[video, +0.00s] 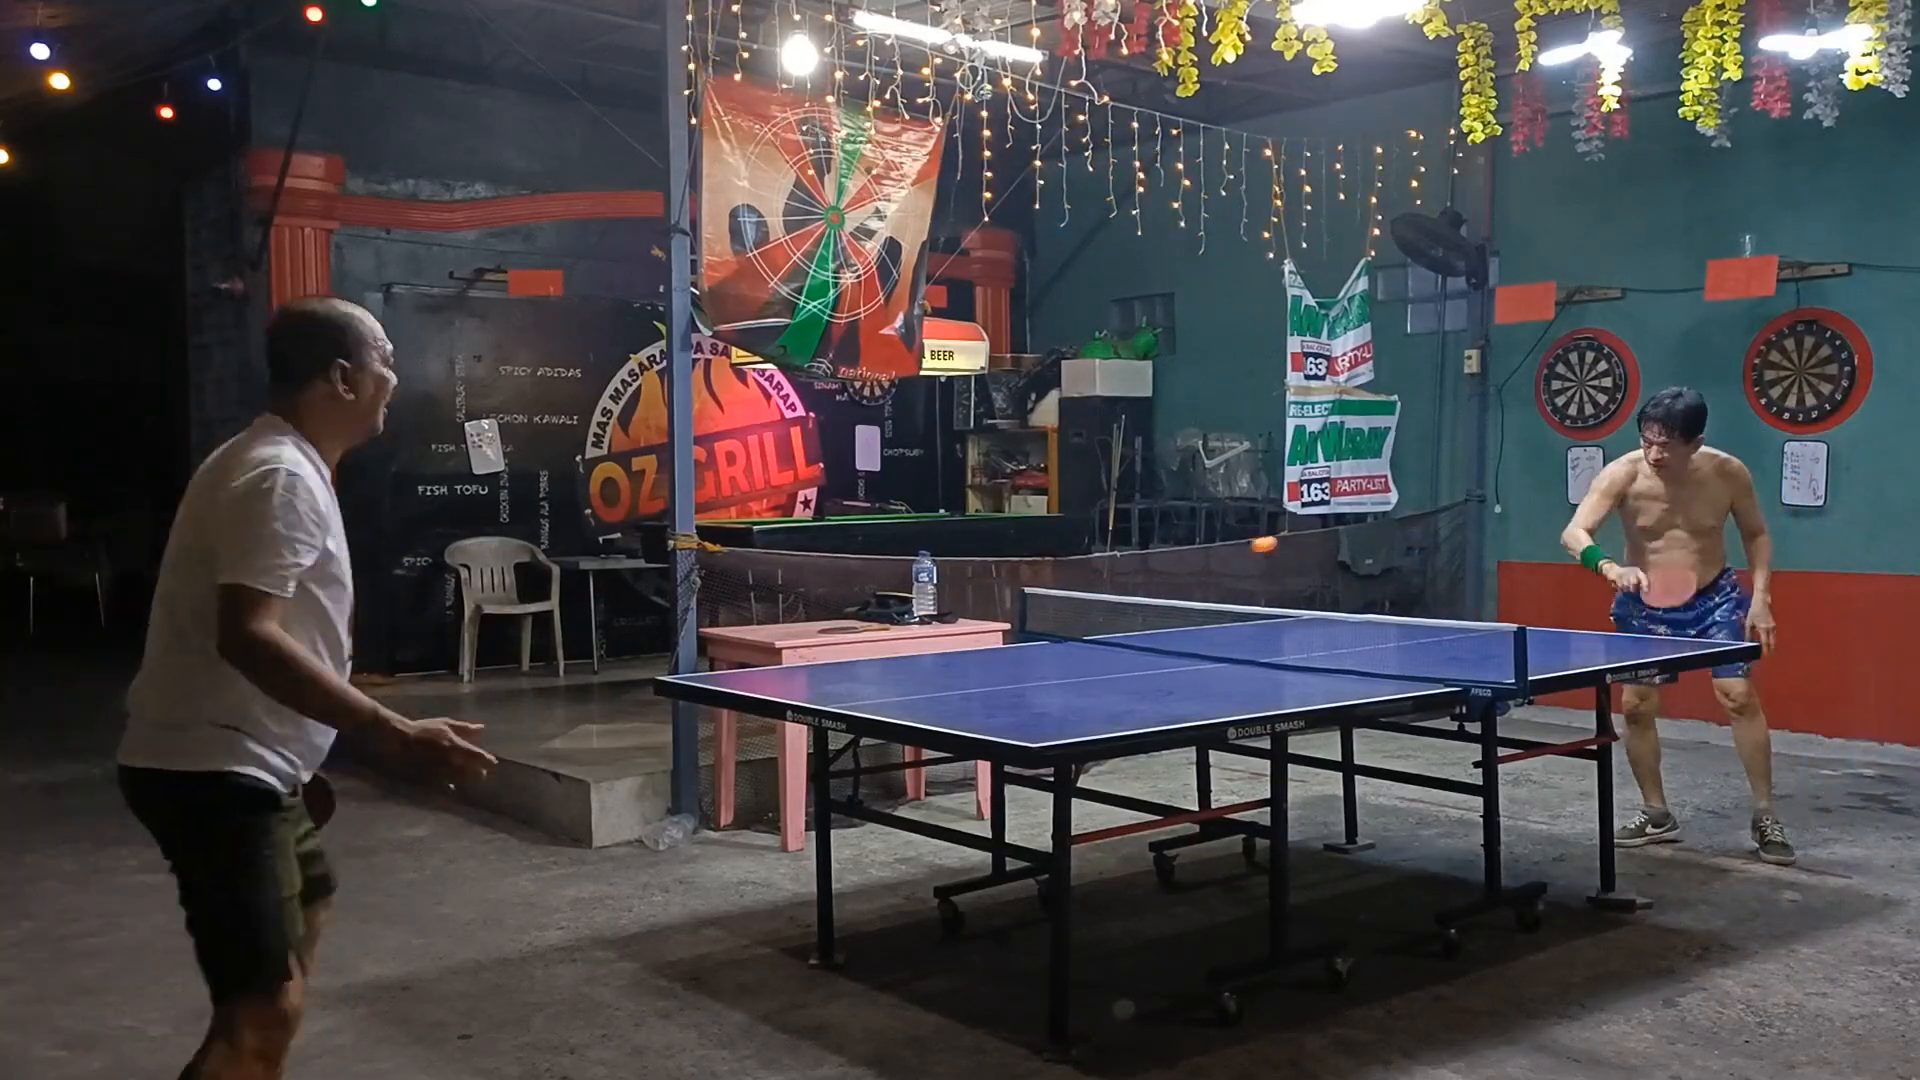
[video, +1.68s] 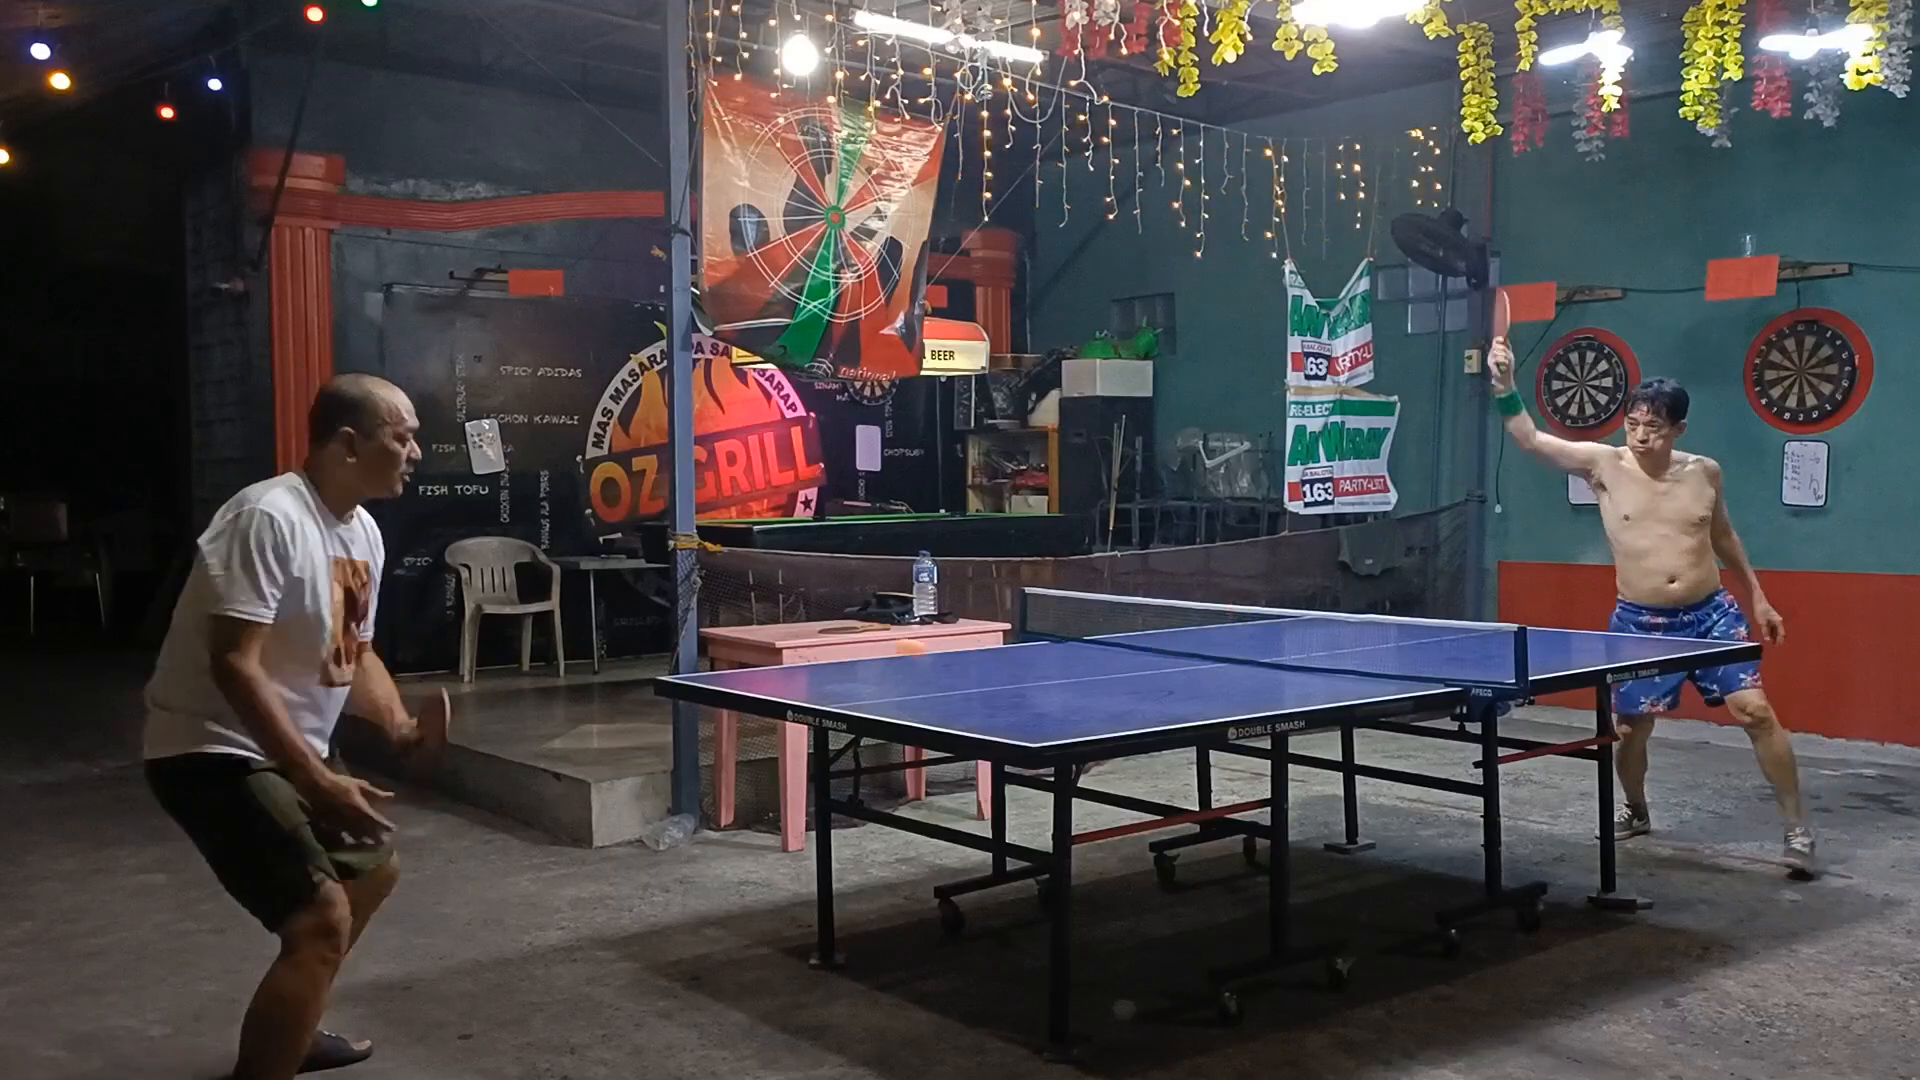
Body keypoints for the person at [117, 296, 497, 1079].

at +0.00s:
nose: (393, 382)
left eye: (390, 365)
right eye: (384, 365)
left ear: (325, 380)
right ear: (342, 379)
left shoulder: (268, 460)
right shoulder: (278, 473)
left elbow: (221, 642)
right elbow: (247, 634)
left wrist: (284, 764)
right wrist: (400, 734)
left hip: (229, 760)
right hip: (210, 768)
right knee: (263, 1012)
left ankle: (248, 1053)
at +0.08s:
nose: (420, 391)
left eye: (417, 375)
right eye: (413, 374)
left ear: (337, 389)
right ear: (380, 384)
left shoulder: (273, 470)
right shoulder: (329, 479)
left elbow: (252, 642)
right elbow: (331, 635)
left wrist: (319, 762)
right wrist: (449, 760)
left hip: (203, 745)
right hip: (241, 752)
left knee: (315, 943)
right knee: (361, 959)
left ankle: (274, 1063)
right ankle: (279, 1068)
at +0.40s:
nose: (444, 461)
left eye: (442, 449)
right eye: (444, 449)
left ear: (368, 450)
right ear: (430, 446)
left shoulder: (312, 526)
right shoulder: (408, 501)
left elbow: (295, 639)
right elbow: (425, 587)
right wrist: (517, 681)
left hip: (268, 759)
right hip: (340, 756)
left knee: (356, 891)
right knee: (424, 952)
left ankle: (390, 1015)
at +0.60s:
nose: (424, 501)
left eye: (420, 492)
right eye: (422, 491)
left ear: (355, 498)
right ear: (409, 487)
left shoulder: (339, 551)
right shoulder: (392, 516)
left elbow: (407, 658)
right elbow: (388, 573)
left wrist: (502, 657)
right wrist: (455, 642)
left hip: (292, 742)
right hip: (363, 733)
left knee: (394, 868)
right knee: (394, 924)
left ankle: (385, 990)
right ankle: (377, 1069)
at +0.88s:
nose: (428, 448)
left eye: (427, 436)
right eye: (425, 436)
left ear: (361, 436)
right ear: (397, 432)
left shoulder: (324, 492)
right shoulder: (394, 462)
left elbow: (336, 621)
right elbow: (390, 539)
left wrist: (408, 713)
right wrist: (454, 646)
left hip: (262, 665)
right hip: (322, 664)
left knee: (348, 829)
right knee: (400, 858)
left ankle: (333, 991)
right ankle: (333, 1061)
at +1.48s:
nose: (408, 384)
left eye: (404, 370)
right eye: (397, 370)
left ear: (345, 380)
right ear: (354, 379)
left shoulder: (323, 447)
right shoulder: (319, 445)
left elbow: (301, 588)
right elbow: (296, 580)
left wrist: (362, 703)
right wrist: (375, 689)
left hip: (293, 694)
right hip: (269, 697)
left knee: (361, 853)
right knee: (334, 897)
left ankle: (295, 1029)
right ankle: (269, 1064)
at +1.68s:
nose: (416, 451)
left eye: (415, 436)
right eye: (404, 436)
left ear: (353, 444)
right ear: (348, 442)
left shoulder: (364, 533)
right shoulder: (266, 518)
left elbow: (355, 651)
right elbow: (233, 663)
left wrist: (397, 723)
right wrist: (317, 779)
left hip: (290, 745)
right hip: (208, 747)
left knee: (371, 871)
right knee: (321, 919)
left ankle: (293, 1034)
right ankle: (257, 1069)